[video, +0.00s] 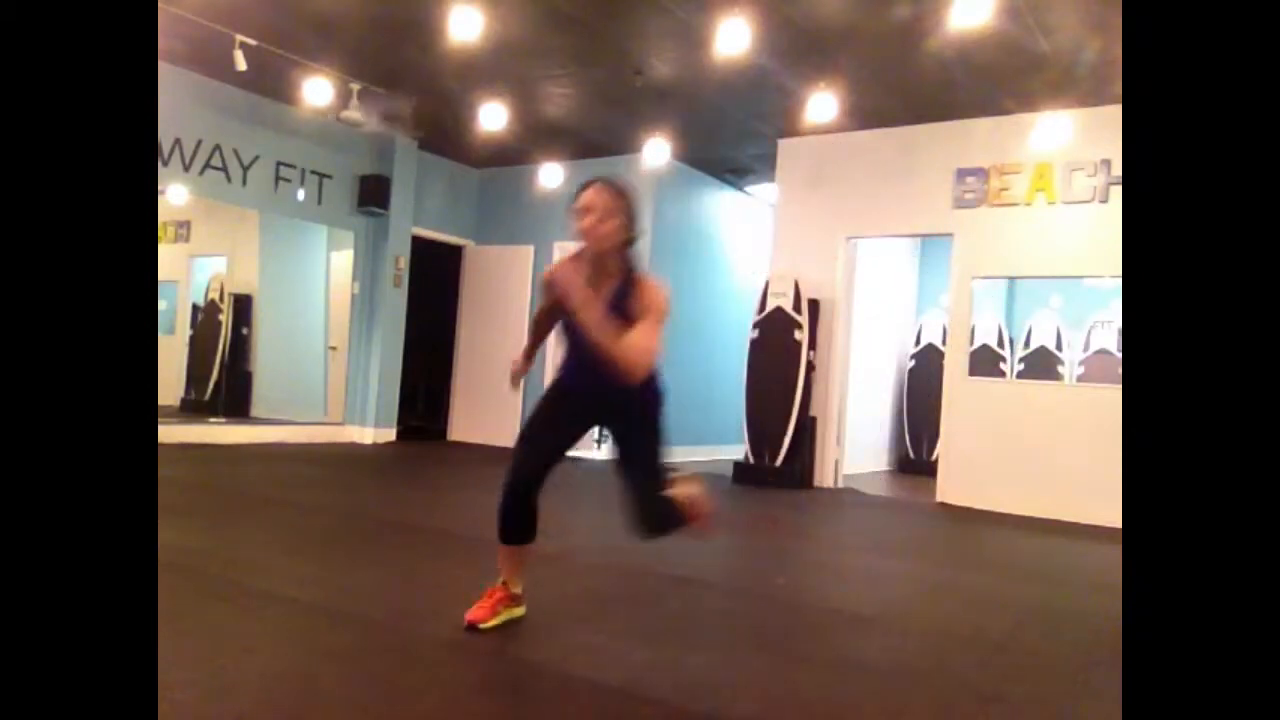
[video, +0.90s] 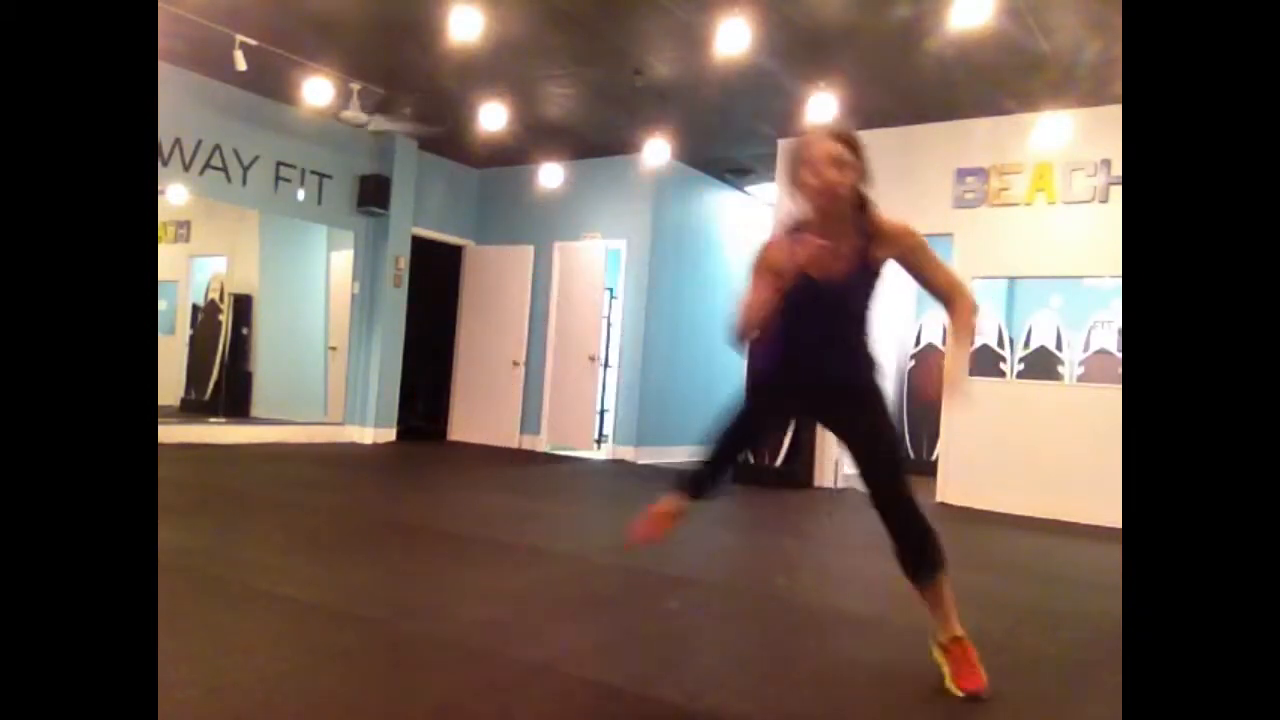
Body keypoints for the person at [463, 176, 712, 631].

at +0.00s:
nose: (590, 223)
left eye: (602, 215)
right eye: (583, 214)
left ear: (626, 225)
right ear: (575, 222)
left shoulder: (647, 293)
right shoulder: (564, 277)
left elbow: (634, 364)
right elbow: (547, 318)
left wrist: (581, 299)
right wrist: (528, 356)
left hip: (632, 399)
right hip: (575, 390)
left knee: (650, 518)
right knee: (521, 478)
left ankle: (689, 500)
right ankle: (510, 590)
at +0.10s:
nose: (550, 253)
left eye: (565, 245)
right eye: (543, 243)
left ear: (589, 259)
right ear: (533, 252)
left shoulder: (610, 324)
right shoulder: (526, 303)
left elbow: (583, 408)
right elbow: (529, 343)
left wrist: (536, 338)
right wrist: (525, 384)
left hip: (608, 413)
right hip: (553, 401)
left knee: (585, 539)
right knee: (510, 483)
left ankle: (608, 523)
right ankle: (508, 590)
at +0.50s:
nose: (584, 220)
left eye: (597, 211)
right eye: (577, 209)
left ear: (621, 223)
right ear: (568, 219)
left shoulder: (639, 287)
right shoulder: (556, 280)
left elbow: (610, 369)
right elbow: (516, 351)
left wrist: (573, 293)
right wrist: (463, 382)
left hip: (630, 401)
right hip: (574, 388)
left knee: (595, 498)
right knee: (518, 477)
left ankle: (604, 531)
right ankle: (511, 590)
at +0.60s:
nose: (647, 181)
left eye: (660, 172)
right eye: (639, 170)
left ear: (679, 184)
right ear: (626, 180)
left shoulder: (692, 246)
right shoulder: (606, 235)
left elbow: (694, 298)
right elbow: (555, 296)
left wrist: (635, 247)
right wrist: (547, 283)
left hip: (665, 380)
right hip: (606, 372)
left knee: (685, 474)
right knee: (542, 475)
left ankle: (721, 526)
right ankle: (514, 588)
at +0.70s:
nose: (713, 140)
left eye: (725, 130)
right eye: (703, 130)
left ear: (743, 145)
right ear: (687, 144)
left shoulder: (761, 207)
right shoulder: (664, 199)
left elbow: (808, 251)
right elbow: (611, 271)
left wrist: (719, 229)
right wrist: (639, 237)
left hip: (726, 354)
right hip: (662, 350)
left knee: (776, 456)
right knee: (594, 455)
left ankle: (832, 562)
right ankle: (520, 566)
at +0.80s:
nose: (771, 141)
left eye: (782, 130)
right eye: (760, 131)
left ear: (802, 145)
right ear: (744, 145)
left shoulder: (831, 206)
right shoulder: (722, 205)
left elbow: (910, 260)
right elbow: (672, 289)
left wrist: (837, 269)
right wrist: (698, 243)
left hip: (792, 358)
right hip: (723, 352)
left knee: (846, 465)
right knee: (646, 443)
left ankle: (914, 587)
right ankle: (576, 535)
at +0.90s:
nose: (828, 176)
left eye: (838, 164)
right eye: (815, 167)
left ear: (858, 173)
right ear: (797, 178)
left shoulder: (886, 238)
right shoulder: (782, 247)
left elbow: (961, 300)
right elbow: (744, 329)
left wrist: (953, 371)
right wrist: (775, 285)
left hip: (848, 385)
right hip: (780, 380)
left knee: (896, 503)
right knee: (734, 443)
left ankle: (951, 636)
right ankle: (678, 503)